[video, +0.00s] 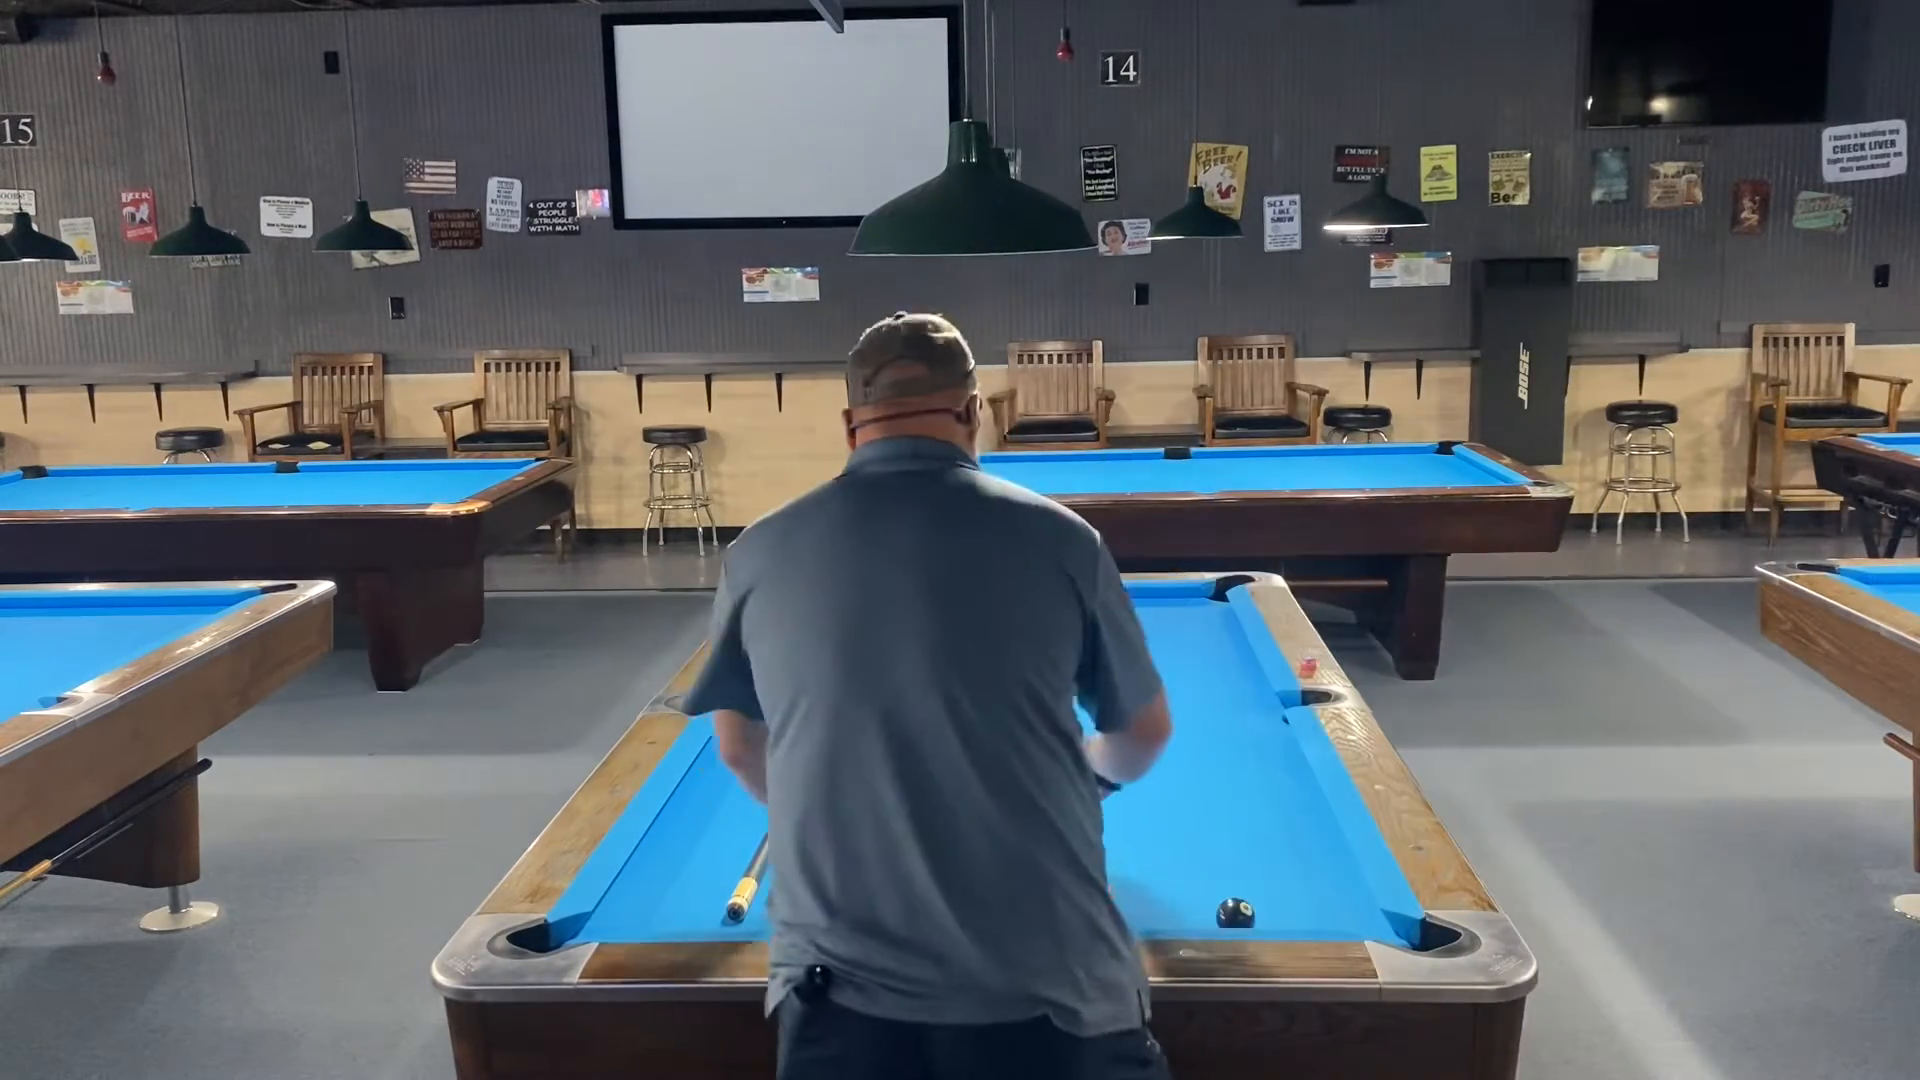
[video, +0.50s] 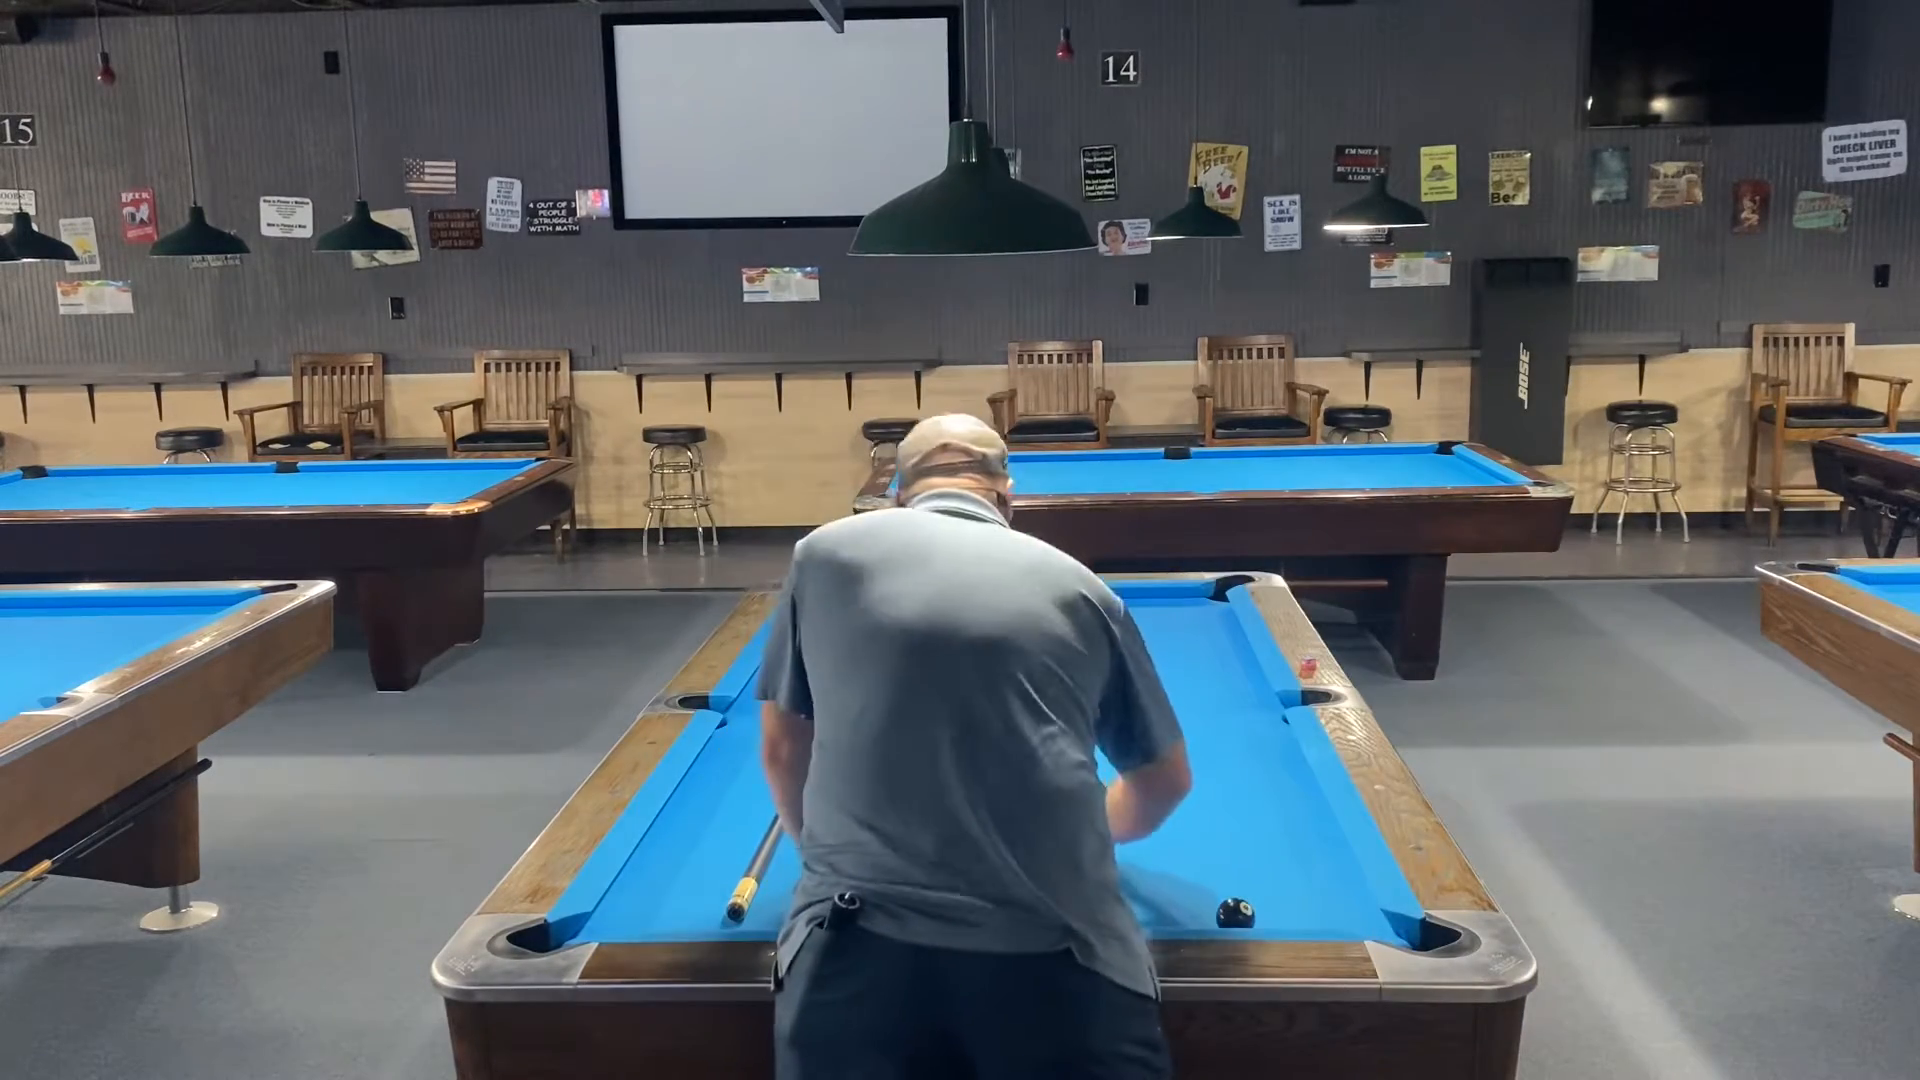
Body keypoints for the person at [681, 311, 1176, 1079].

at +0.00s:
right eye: (974, 412)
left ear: (851, 426)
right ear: (973, 415)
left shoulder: (764, 548)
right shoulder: (1061, 538)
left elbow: (738, 742)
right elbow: (1142, 731)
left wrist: (817, 812)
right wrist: (1084, 767)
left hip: (844, 1014)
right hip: (1049, 1016)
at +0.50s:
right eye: (1006, 488)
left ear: (895, 497)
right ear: (1007, 495)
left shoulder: (826, 551)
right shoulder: (1080, 587)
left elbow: (783, 746)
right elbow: (1163, 779)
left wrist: (822, 849)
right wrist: (1067, 840)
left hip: (857, 969)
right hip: (1061, 976)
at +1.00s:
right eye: (1018, 506)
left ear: (906, 509)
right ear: (1015, 514)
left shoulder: (835, 555)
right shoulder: (1085, 606)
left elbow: (779, 748)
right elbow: (1121, 792)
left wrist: (826, 857)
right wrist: (1018, 845)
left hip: (857, 958)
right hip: (1058, 970)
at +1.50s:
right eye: (1029, 519)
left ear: (917, 522)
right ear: (1023, 522)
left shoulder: (835, 583)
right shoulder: (1086, 600)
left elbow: (811, 757)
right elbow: (1171, 801)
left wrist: (877, 804)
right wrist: (1148, 831)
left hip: (847, 958)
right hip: (1048, 965)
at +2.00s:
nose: (1085, 535)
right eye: (1086, 523)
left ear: (972, 506)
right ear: (1070, 518)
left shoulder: (877, 559)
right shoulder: (1113, 593)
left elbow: (876, 717)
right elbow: (1196, 793)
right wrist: (1158, 822)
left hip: (842, 949)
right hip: (1044, 966)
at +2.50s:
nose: (1078, 514)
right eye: (1076, 499)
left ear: (960, 480)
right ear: (1064, 491)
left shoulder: (849, 556)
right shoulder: (1115, 581)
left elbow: (794, 760)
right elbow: (1202, 788)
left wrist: (881, 815)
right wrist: (1138, 886)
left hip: (845, 962)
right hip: (1049, 976)